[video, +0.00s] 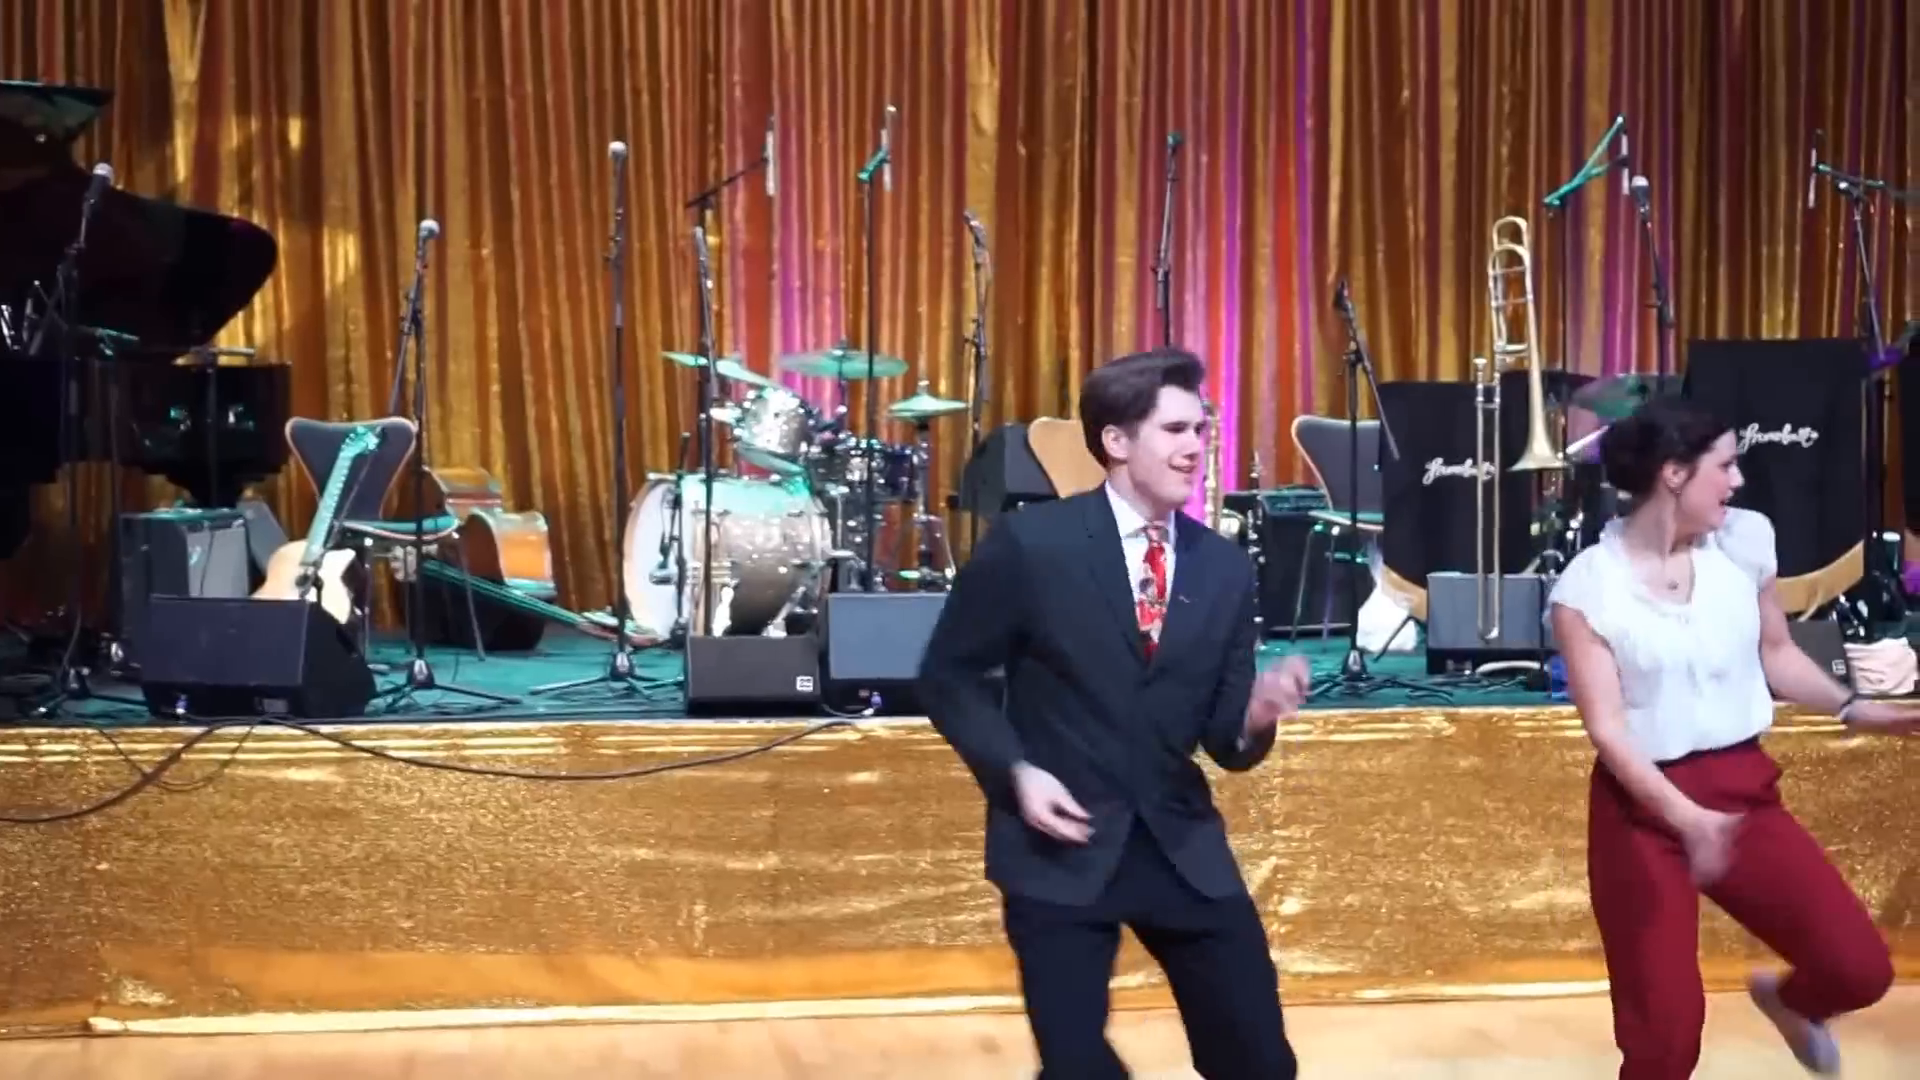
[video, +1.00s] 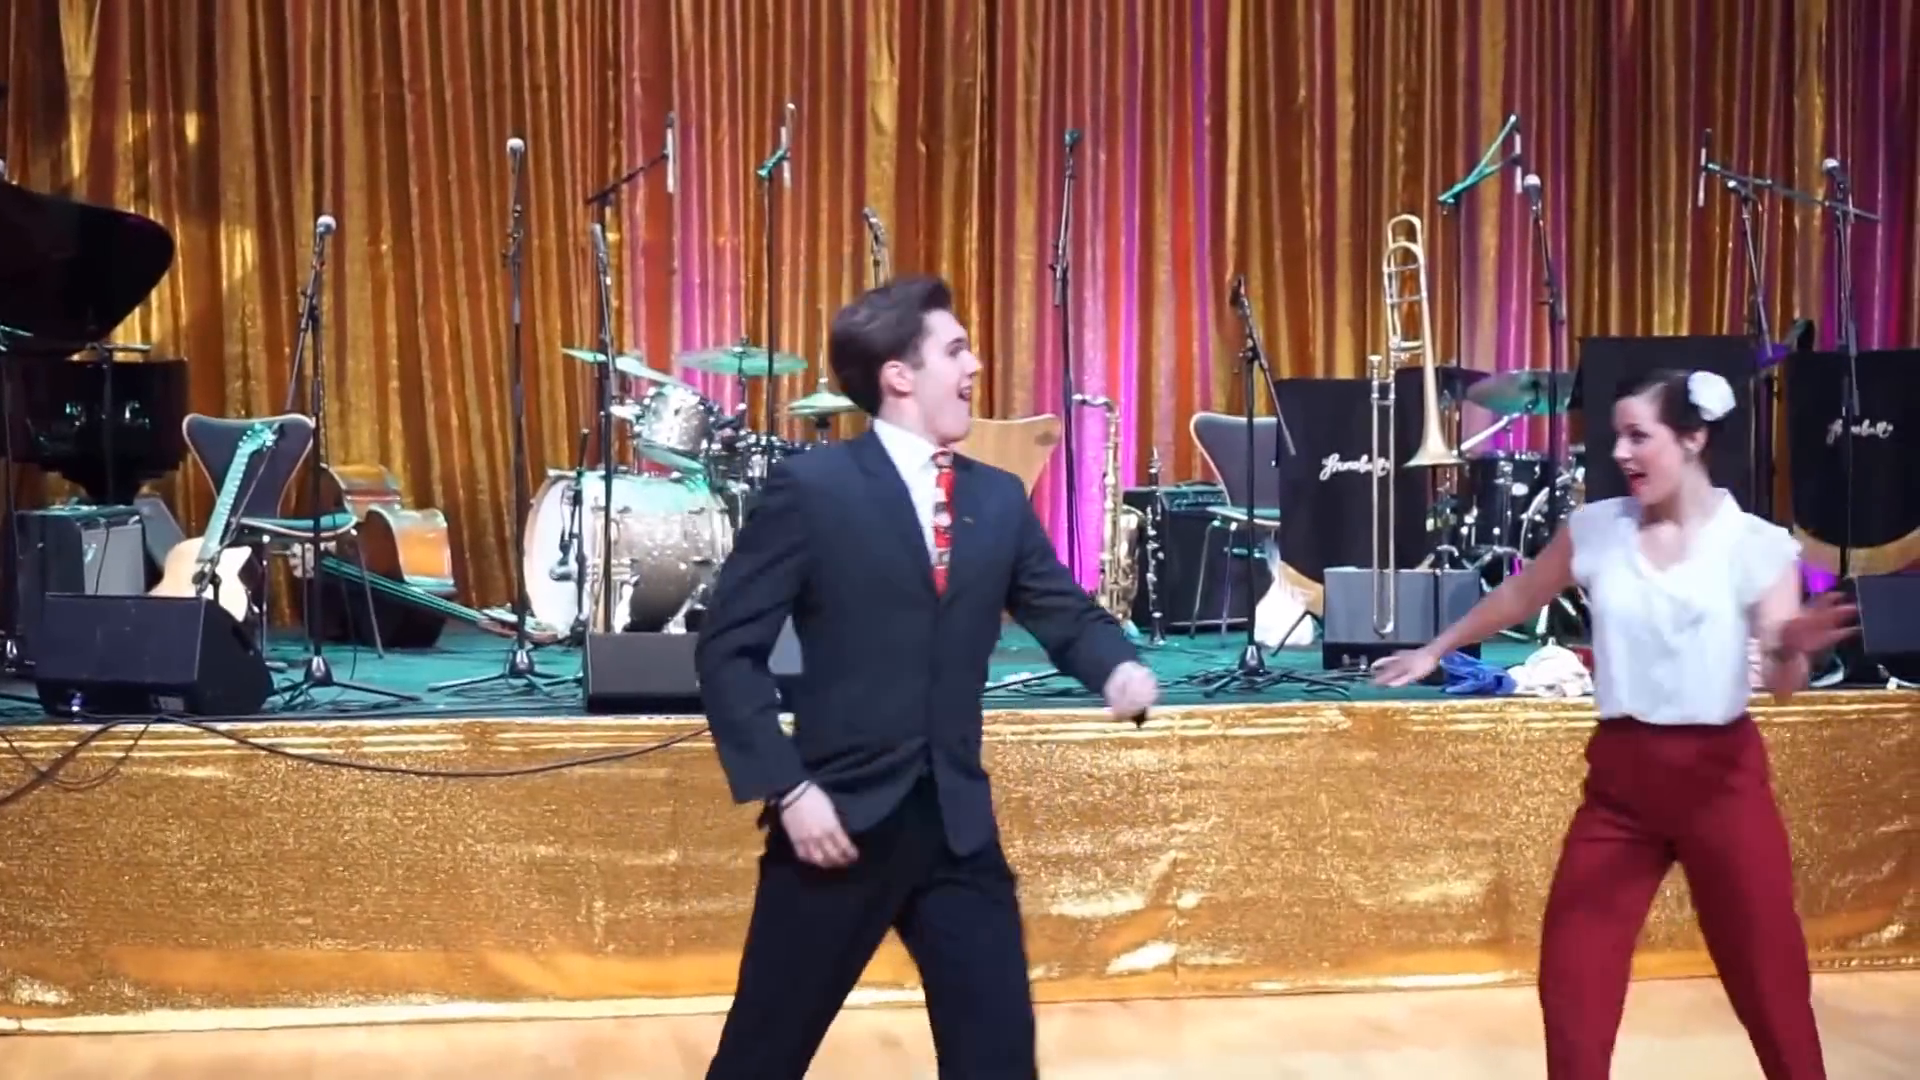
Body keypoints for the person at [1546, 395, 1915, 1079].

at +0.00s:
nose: (1735, 482)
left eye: (1734, 466)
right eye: (1723, 466)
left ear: (1676, 476)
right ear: (1671, 476)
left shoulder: (1743, 549)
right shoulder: (1587, 588)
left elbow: (1776, 650)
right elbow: (1607, 731)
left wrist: (1854, 708)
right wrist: (1688, 816)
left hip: (1745, 796)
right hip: (1640, 811)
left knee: (1861, 971)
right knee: (1665, 1044)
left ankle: (1785, 999)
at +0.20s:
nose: (1822, 447)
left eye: (1824, 431)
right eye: (1815, 430)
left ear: (1766, 438)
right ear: (1762, 437)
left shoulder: (1817, 514)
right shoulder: (1661, 541)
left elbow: (1875, 583)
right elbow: (1609, 668)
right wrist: (1551, 782)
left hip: (1809, 783)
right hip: (1704, 789)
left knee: (1875, 996)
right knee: (1718, 1019)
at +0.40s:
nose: (1886, 440)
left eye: (1887, 423)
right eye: (1877, 422)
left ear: (1836, 424)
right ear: (1826, 423)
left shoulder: (1879, 505)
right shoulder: (1714, 522)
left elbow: (1916, 610)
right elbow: (1628, 626)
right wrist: (1546, 725)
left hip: (1849, 774)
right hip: (1744, 777)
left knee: (1869, 1012)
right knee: (1719, 1001)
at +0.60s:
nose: (1903, 481)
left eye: (1903, 464)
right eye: (1888, 463)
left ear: (1845, 473)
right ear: (1831, 471)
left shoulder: (1873, 587)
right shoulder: (1733, 560)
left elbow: (1894, 709)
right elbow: (1641, 653)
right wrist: (1544, 736)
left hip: (1850, 810)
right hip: (1753, 812)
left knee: (1884, 1027)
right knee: (1745, 1047)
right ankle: (1680, 890)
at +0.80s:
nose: (1749, 432)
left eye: (1769, 415)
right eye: (1739, 415)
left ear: (1814, 422)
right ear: (1728, 421)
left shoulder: (1858, 522)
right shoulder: (1681, 501)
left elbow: (1886, 653)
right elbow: (1585, 595)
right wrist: (1482, 669)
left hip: (1802, 762)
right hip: (1689, 758)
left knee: (1816, 988)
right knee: (1636, 973)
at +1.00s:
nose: (1622, 453)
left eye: (1638, 436)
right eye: (1618, 438)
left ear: (1694, 440)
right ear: (1617, 444)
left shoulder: (1760, 548)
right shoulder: (1591, 531)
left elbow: (1782, 684)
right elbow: (1515, 599)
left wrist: (1795, 650)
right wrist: (1435, 651)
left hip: (1725, 792)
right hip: (1617, 794)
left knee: (1776, 1008)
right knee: (1572, 1002)